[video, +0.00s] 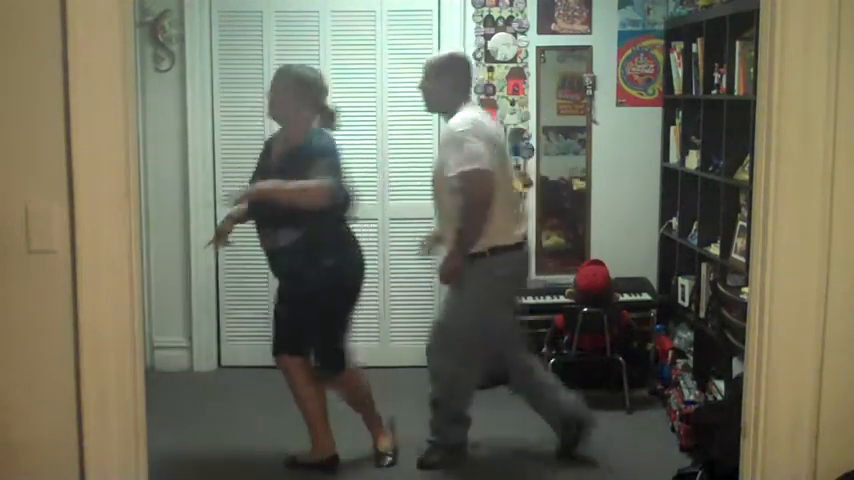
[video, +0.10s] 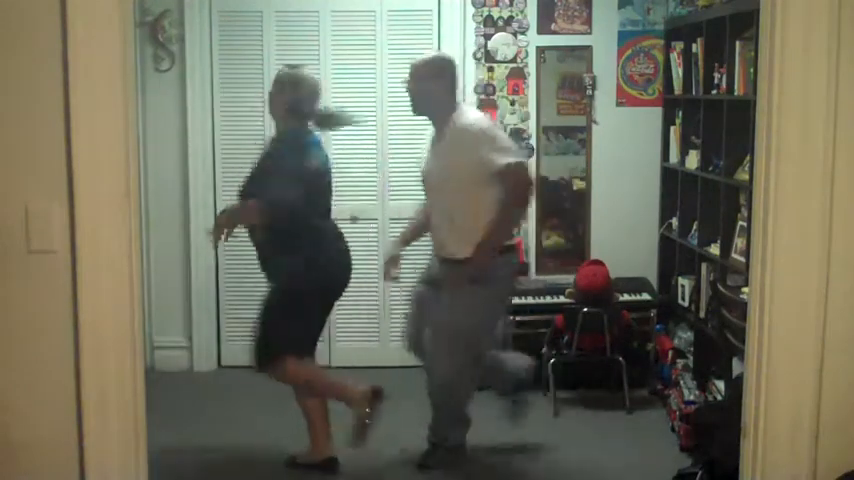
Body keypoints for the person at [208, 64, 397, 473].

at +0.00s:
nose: (269, 98)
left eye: (277, 92)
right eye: (271, 91)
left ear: (301, 100)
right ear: (286, 101)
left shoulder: (321, 145)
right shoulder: (273, 146)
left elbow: (324, 193)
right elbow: (266, 198)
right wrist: (234, 219)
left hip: (333, 263)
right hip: (296, 266)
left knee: (329, 364)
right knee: (289, 354)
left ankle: (378, 427)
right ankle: (323, 449)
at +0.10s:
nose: (268, 98)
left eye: (274, 92)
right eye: (272, 91)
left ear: (286, 101)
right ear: (306, 103)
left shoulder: (292, 148)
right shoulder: (301, 144)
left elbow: (274, 208)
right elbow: (279, 202)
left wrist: (232, 216)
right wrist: (244, 215)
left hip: (310, 264)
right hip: (316, 260)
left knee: (272, 358)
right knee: (298, 357)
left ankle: (357, 395)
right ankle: (321, 451)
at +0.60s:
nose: (256, 99)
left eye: (253, 92)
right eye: (249, 93)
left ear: (215, 100)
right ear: (230, 101)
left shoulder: (201, 143)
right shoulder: (235, 148)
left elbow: (214, 201)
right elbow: (244, 208)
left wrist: (262, 201)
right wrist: (289, 225)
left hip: (192, 256)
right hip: (225, 261)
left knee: (213, 346)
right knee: (264, 351)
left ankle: (190, 436)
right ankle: (264, 451)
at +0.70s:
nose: (245, 98)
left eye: (242, 92)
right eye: (237, 92)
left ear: (213, 99)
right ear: (213, 99)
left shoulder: (214, 142)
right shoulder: (207, 145)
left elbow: (237, 187)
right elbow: (194, 205)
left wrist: (279, 172)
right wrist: (254, 225)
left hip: (196, 258)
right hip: (200, 260)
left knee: (206, 348)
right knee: (256, 342)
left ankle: (188, 435)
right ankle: (211, 429)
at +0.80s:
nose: (233, 97)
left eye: (232, 90)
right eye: (226, 91)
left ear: (210, 97)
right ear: (201, 98)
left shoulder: (216, 138)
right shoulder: (187, 141)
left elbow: (242, 183)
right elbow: (168, 203)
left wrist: (289, 162)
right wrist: (218, 219)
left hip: (204, 257)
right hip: (184, 259)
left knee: (205, 346)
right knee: (228, 349)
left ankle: (181, 425)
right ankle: (174, 421)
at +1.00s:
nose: (220, 98)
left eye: (217, 91)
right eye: (211, 93)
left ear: (201, 101)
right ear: (186, 102)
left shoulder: (214, 144)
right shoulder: (166, 147)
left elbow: (235, 190)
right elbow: (144, 209)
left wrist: (282, 183)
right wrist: (185, 229)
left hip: (204, 267)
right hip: (166, 268)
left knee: (213, 344)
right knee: (168, 356)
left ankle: (191, 433)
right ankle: (142, 440)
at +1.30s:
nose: (222, 101)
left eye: (219, 93)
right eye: (213, 95)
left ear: (204, 102)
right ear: (189, 104)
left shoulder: (216, 140)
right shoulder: (177, 150)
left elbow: (245, 147)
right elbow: (200, 210)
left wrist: (282, 144)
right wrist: (242, 184)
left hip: (212, 270)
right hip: (169, 273)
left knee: (227, 353)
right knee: (156, 363)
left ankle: (207, 446)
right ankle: (139, 446)